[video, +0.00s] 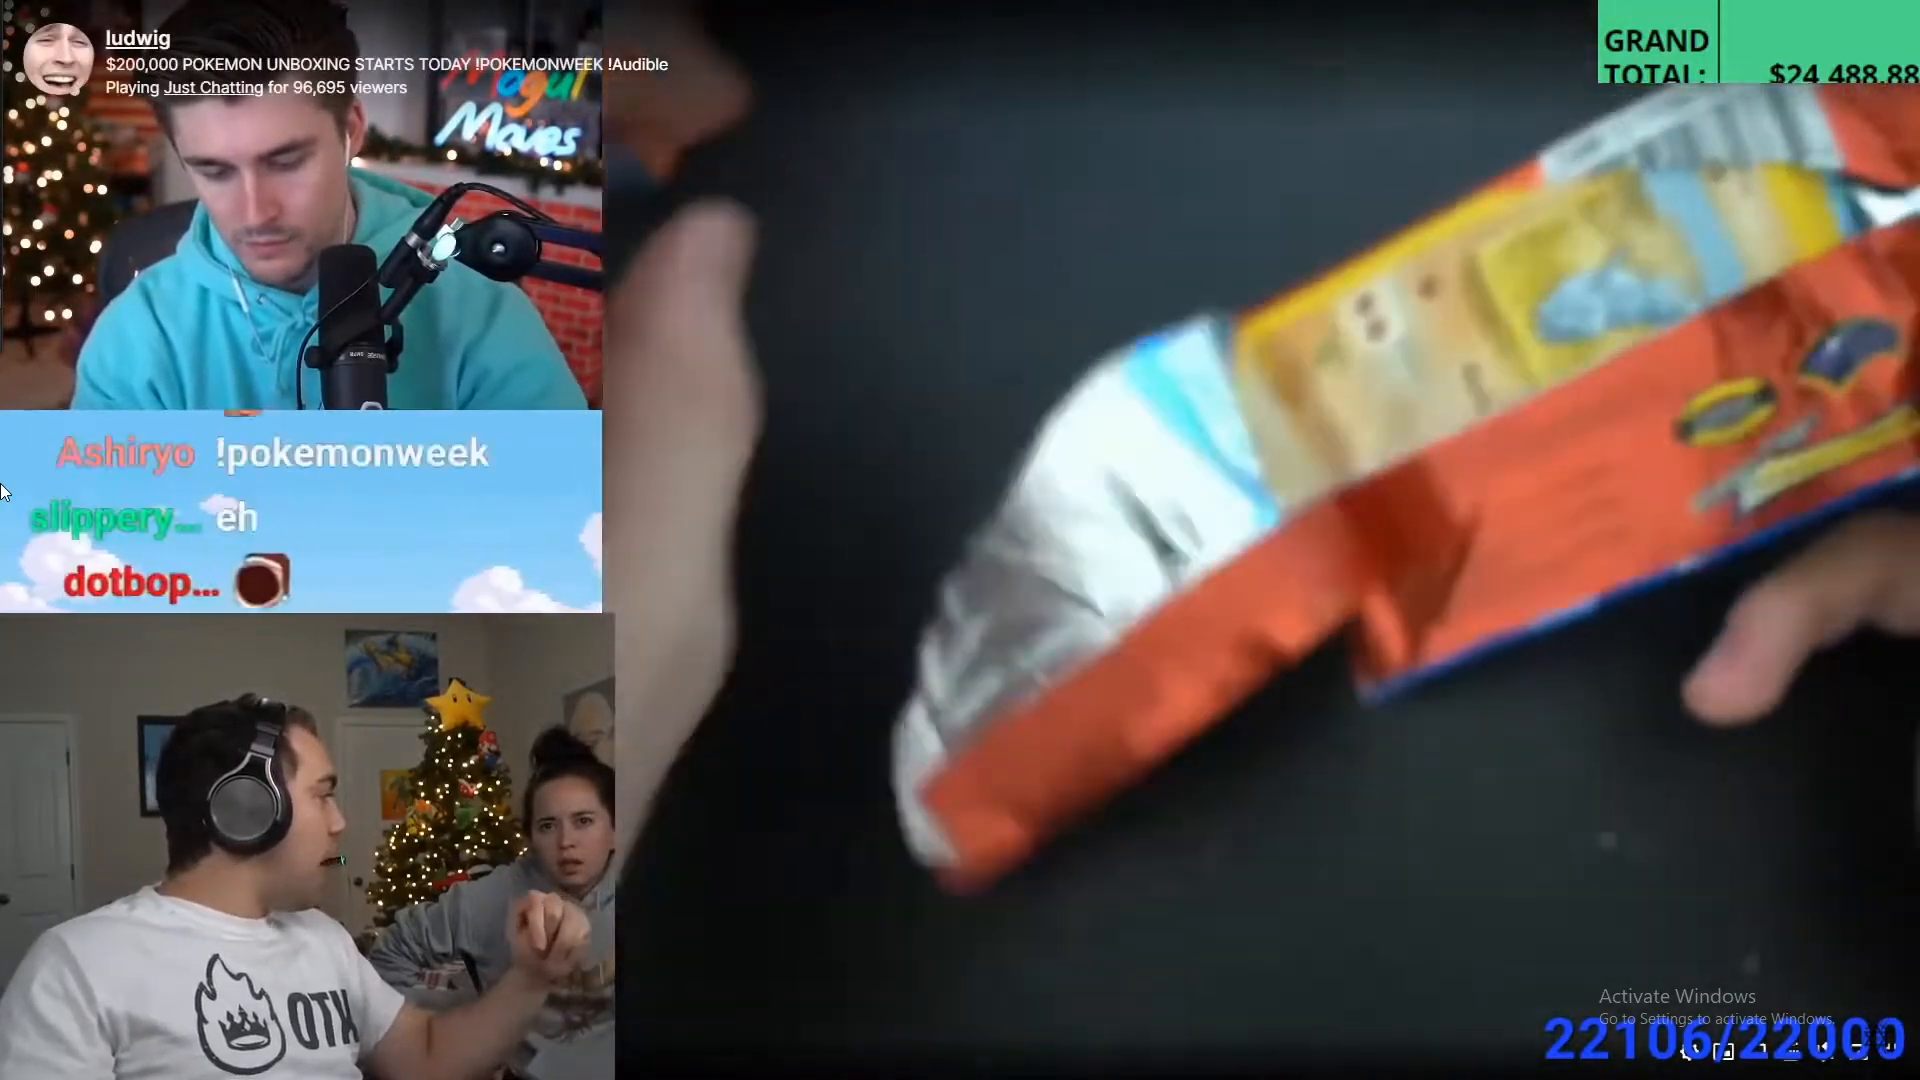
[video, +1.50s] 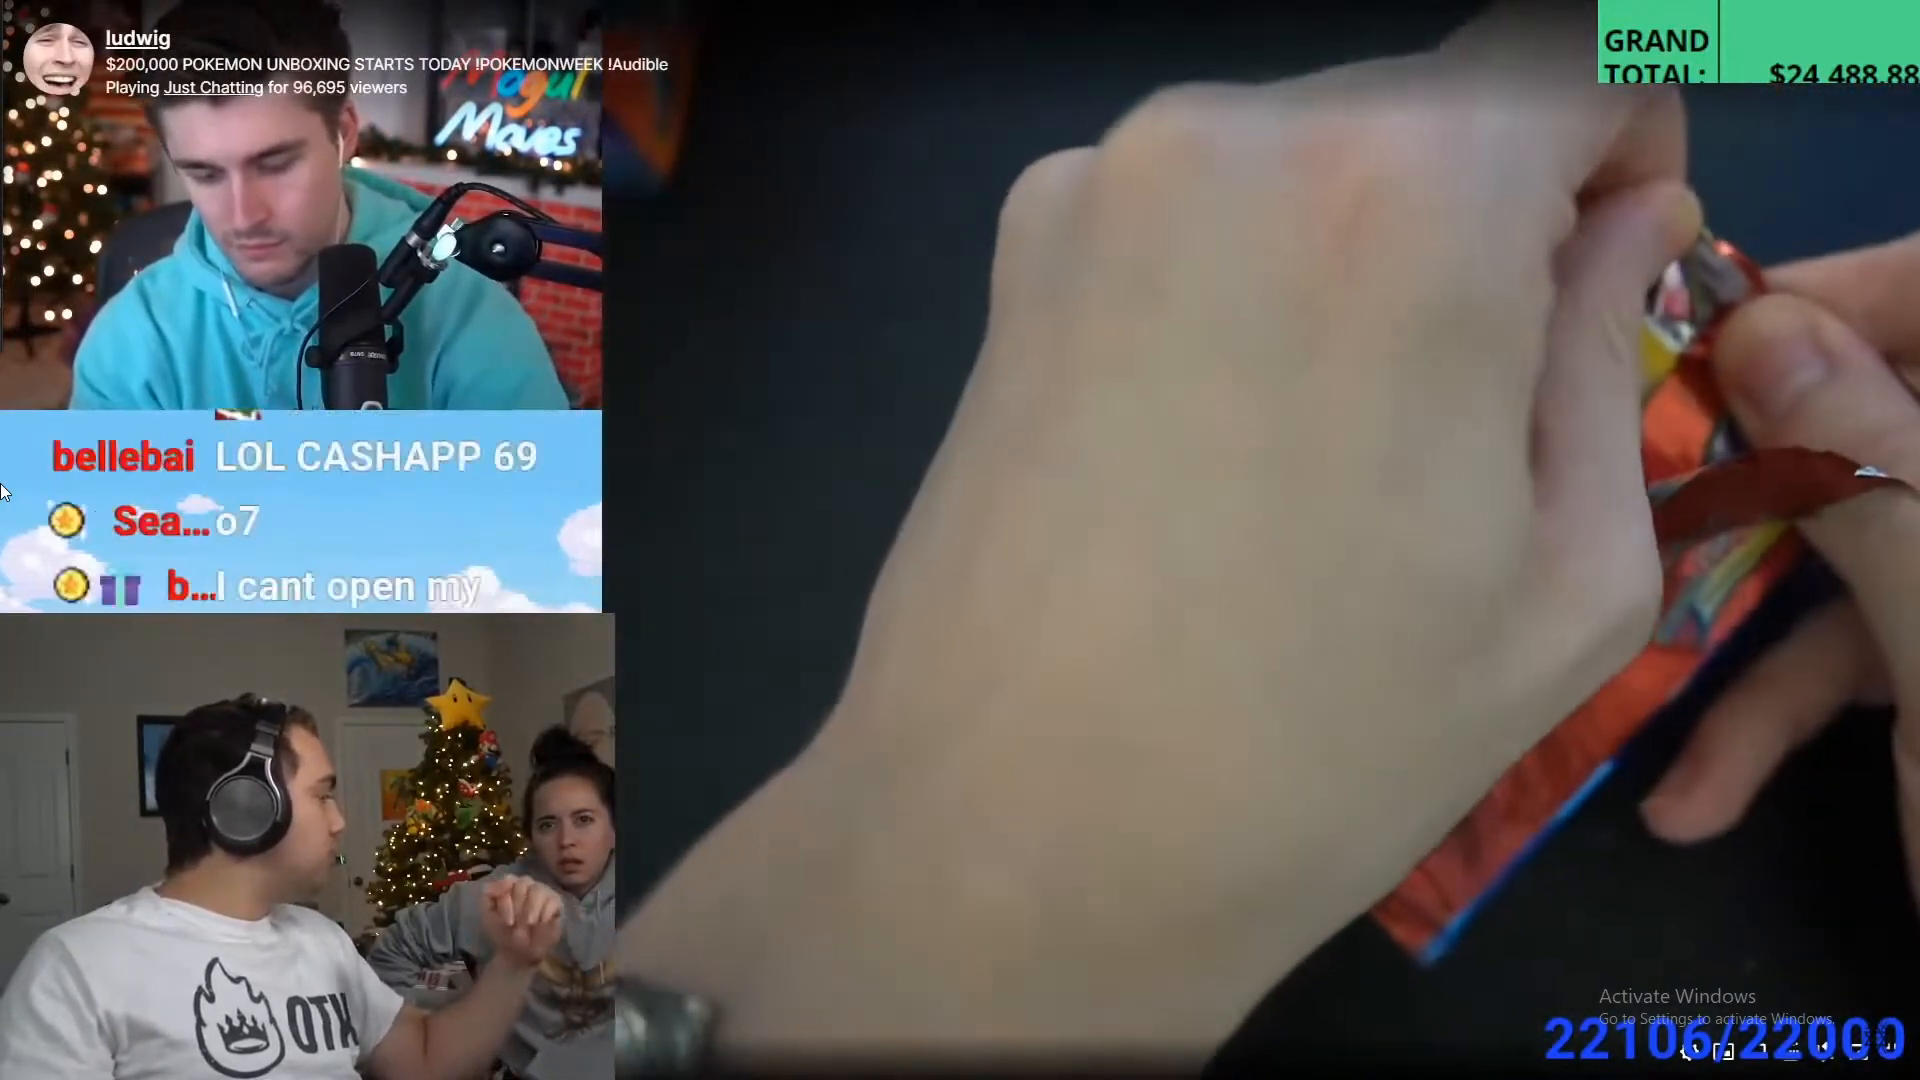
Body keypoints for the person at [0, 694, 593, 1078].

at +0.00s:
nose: (340, 822)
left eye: (334, 796)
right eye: (323, 793)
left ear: (258, 800)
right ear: (243, 802)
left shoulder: (325, 944)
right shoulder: (77, 966)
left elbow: (426, 1054)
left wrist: (529, 978)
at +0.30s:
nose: (341, 822)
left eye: (333, 795)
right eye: (323, 794)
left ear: (258, 801)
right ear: (243, 803)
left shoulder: (324, 944)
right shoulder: (77, 966)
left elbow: (429, 1054)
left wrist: (525, 974)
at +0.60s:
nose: (341, 820)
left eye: (333, 794)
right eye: (322, 793)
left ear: (255, 800)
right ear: (242, 801)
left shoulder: (323, 942)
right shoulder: (76, 968)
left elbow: (428, 1056)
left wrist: (525, 973)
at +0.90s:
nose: (342, 821)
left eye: (333, 794)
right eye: (322, 794)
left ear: (250, 807)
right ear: (241, 807)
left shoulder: (322, 943)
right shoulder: (76, 966)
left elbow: (432, 1061)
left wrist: (492, 954)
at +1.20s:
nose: (343, 817)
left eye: (334, 792)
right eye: (323, 793)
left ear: (260, 803)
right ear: (245, 805)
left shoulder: (324, 944)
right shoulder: (77, 967)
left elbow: (429, 1056)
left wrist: (519, 963)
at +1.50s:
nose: (343, 818)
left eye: (334, 794)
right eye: (323, 795)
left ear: (259, 804)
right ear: (245, 806)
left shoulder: (322, 944)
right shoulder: (77, 967)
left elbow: (424, 1057)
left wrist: (513, 962)